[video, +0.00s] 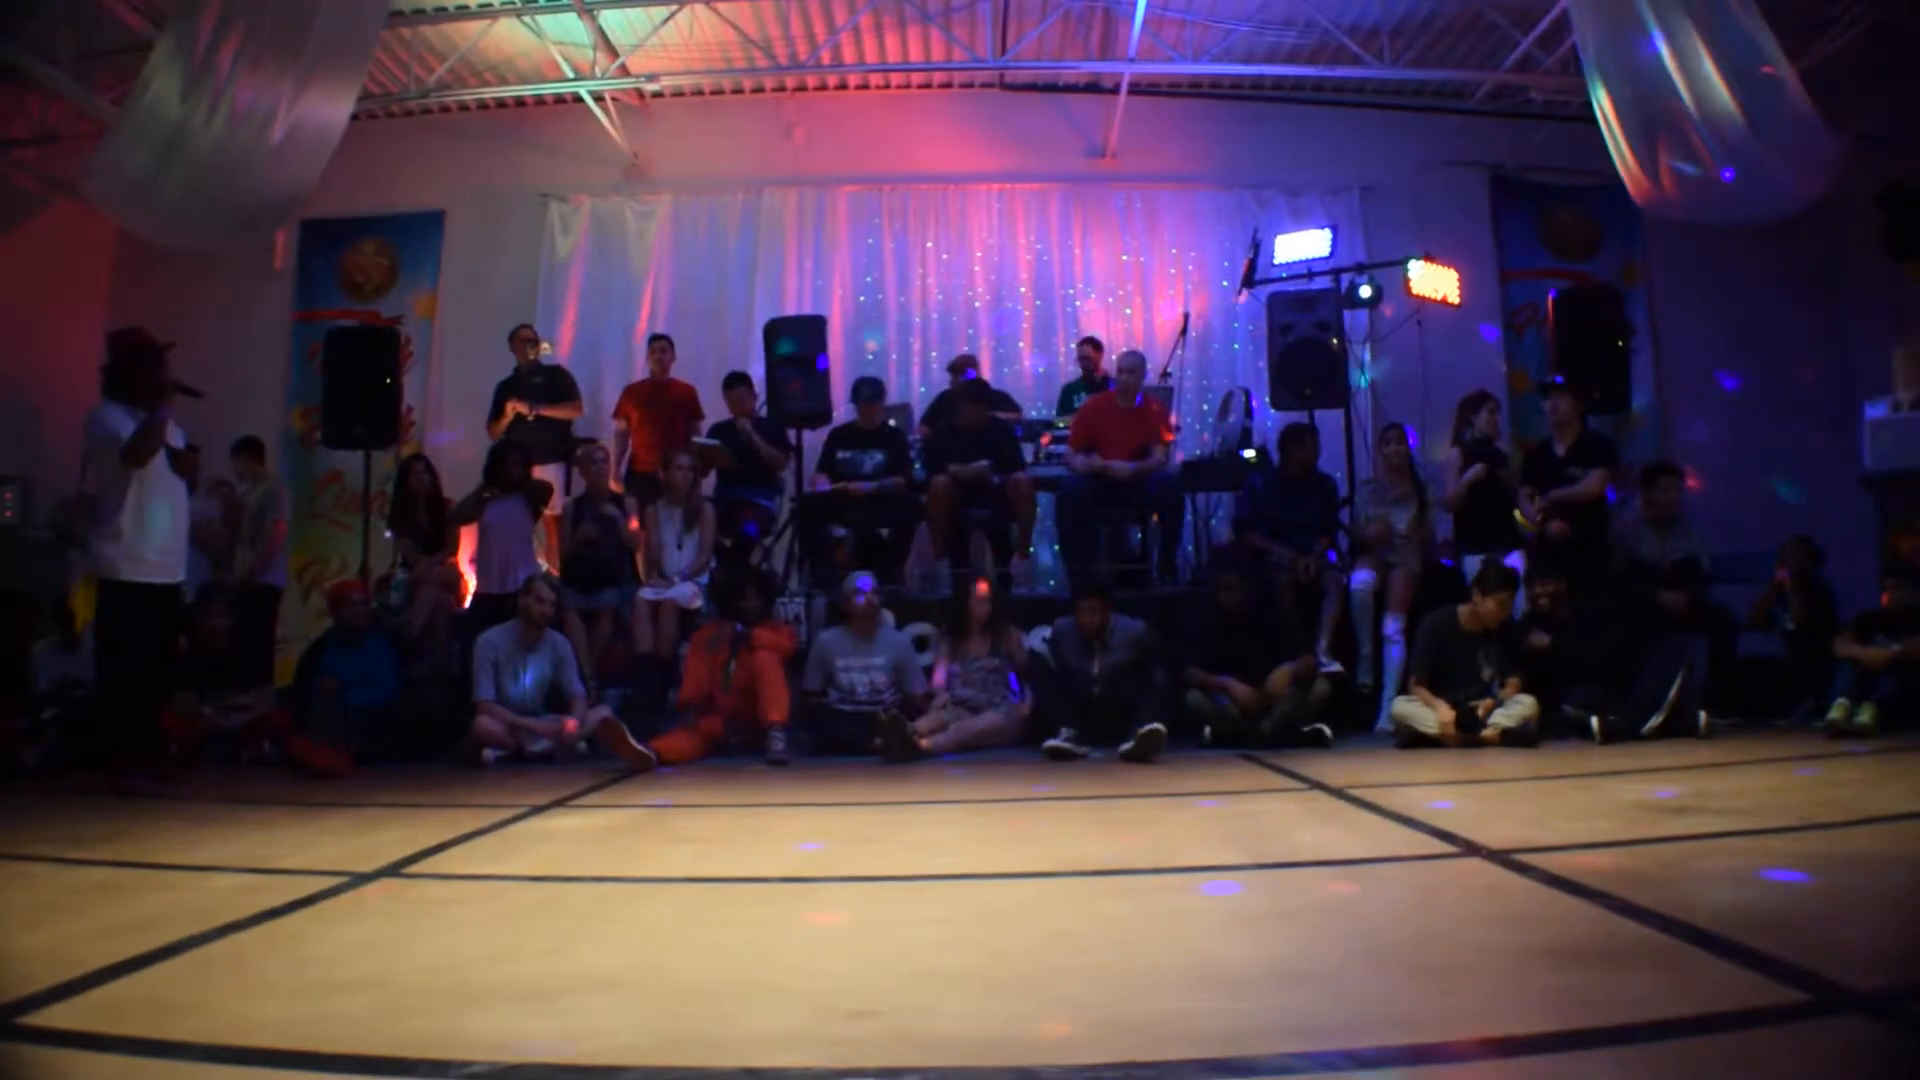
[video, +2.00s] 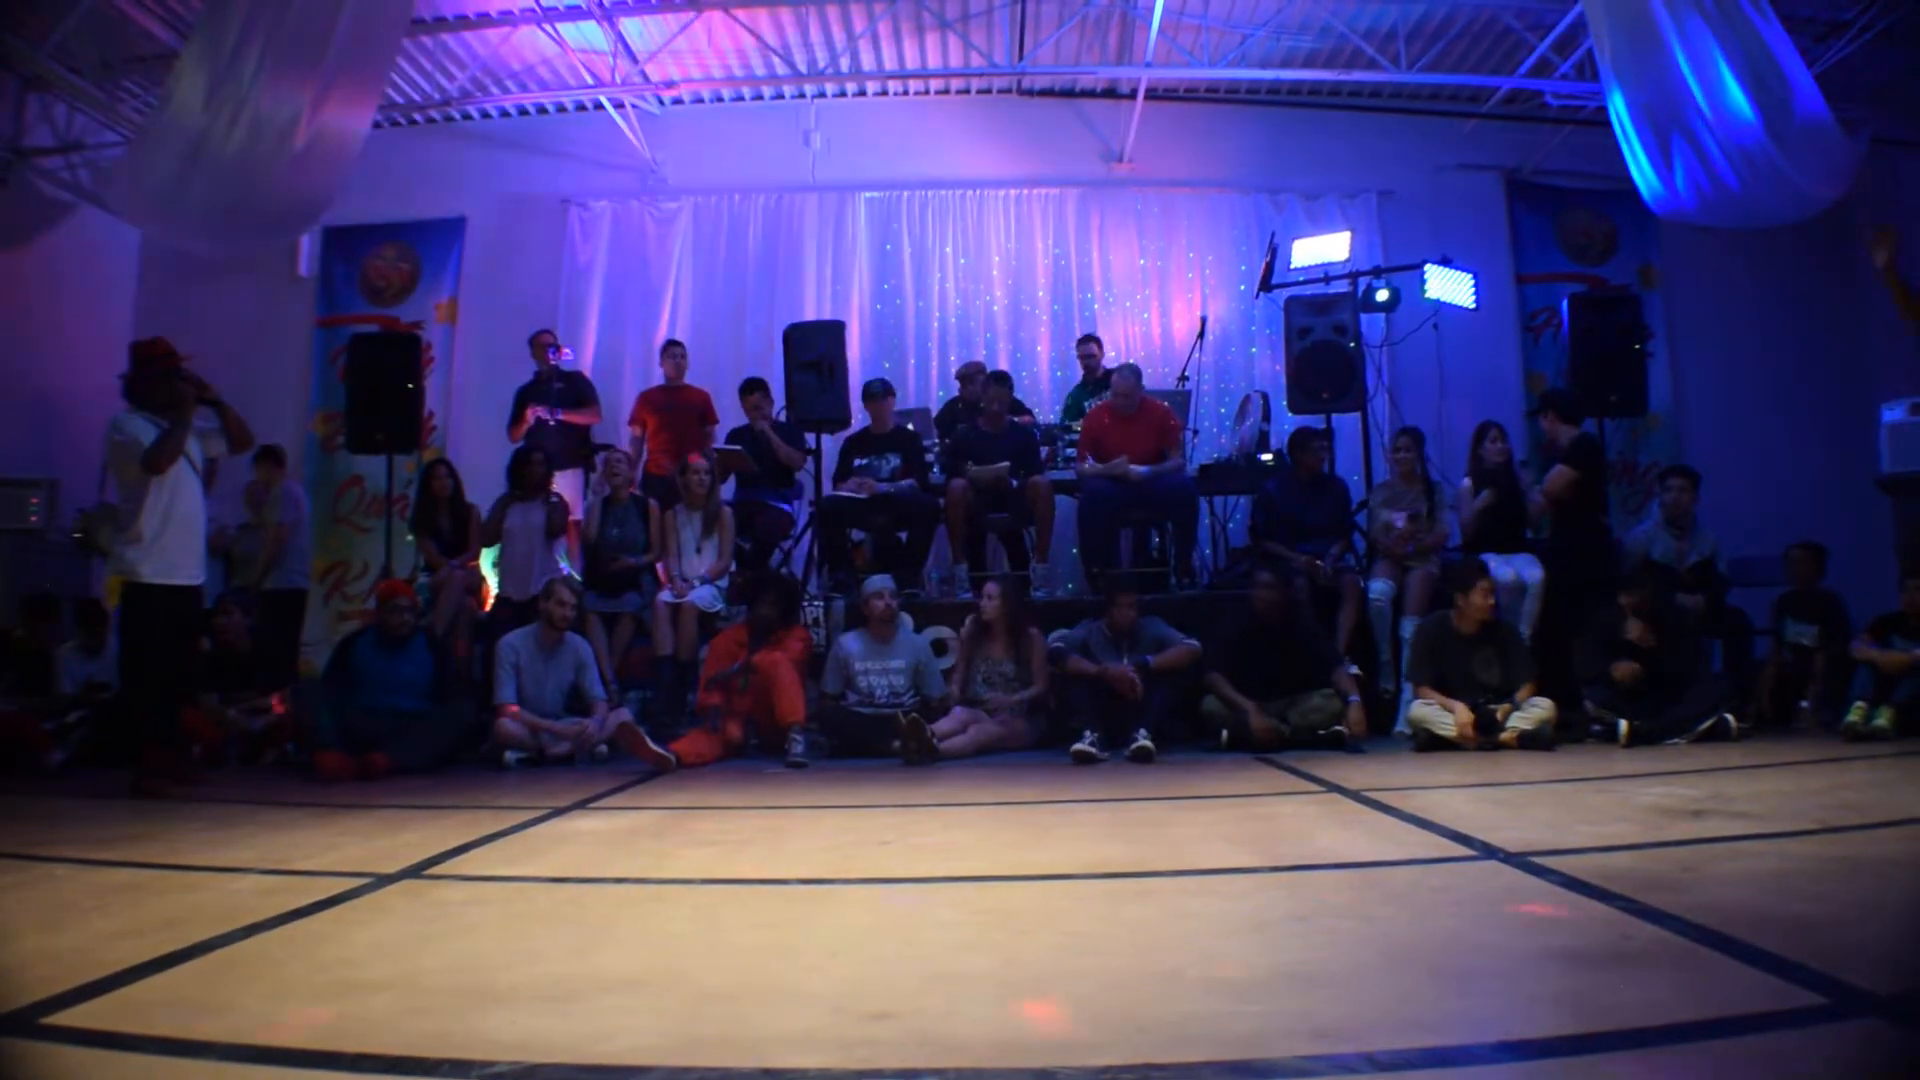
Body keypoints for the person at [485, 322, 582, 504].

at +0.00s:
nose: (529, 346)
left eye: (533, 341)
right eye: (523, 341)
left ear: (539, 345)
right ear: (512, 347)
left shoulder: (557, 374)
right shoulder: (506, 386)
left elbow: (576, 409)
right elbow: (494, 432)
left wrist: (538, 410)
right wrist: (508, 414)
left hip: (552, 460)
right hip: (517, 462)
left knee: (552, 519)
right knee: (520, 520)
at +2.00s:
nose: (549, 352)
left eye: (552, 346)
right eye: (543, 348)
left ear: (560, 350)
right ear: (533, 353)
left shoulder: (577, 380)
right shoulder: (526, 391)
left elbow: (594, 415)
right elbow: (514, 436)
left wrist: (558, 414)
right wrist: (527, 421)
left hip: (571, 463)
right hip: (538, 465)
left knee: (573, 523)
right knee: (538, 522)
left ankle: (575, 576)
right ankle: (540, 579)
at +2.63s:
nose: (537, 357)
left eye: (540, 351)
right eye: (532, 353)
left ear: (552, 350)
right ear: (528, 355)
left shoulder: (574, 379)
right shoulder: (524, 389)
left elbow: (592, 415)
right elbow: (511, 435)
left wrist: (554, 412)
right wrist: (518, 421)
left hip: (568, 464)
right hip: (535, 465)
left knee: (569, 525)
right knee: (534, 524)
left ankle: (569, 579)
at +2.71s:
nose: (538, 356)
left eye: (542, 350)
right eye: (532, 351)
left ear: (552, 350)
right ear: (528, 355)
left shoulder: (573, 379)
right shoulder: (524, 389)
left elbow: (591, 415)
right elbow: (511, 435)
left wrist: (553, 412)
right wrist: (519, 422)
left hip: (568, 463)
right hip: (535, 465)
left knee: (569, 523)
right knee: (534, 522)